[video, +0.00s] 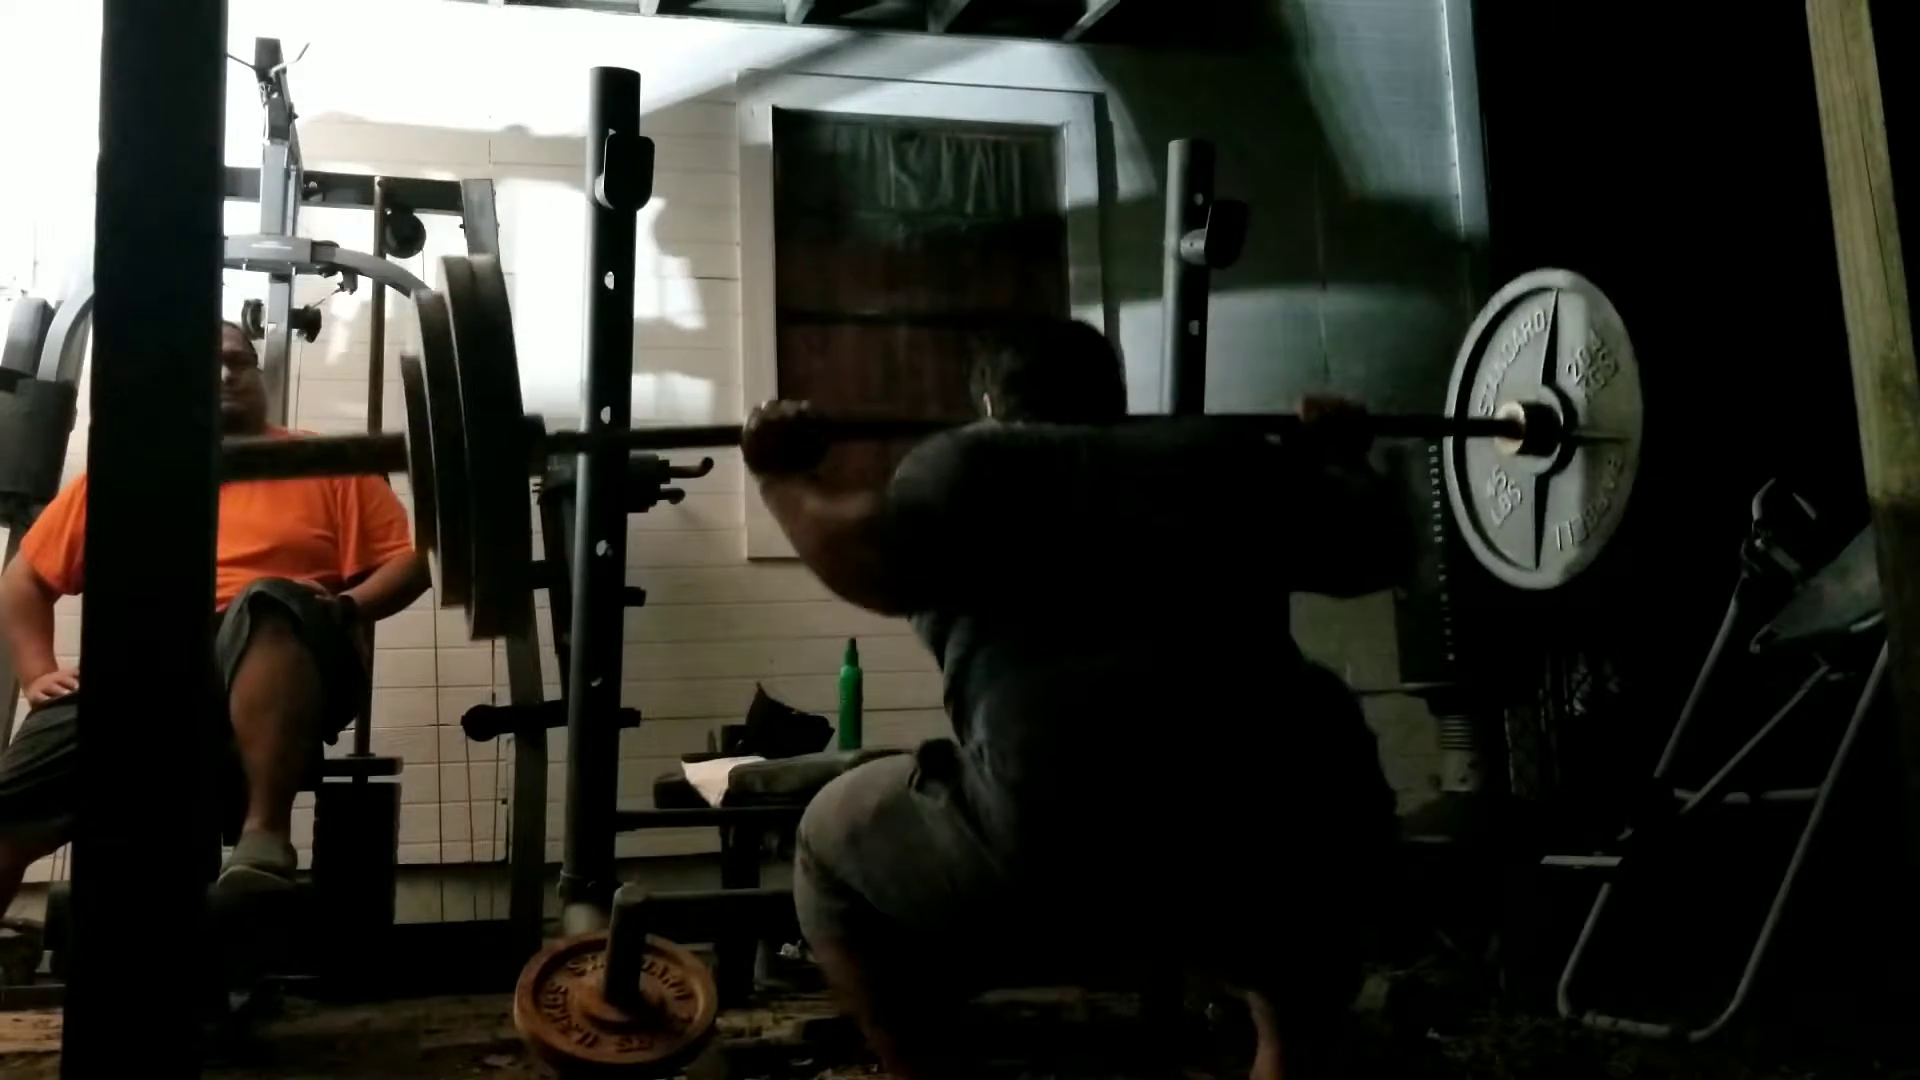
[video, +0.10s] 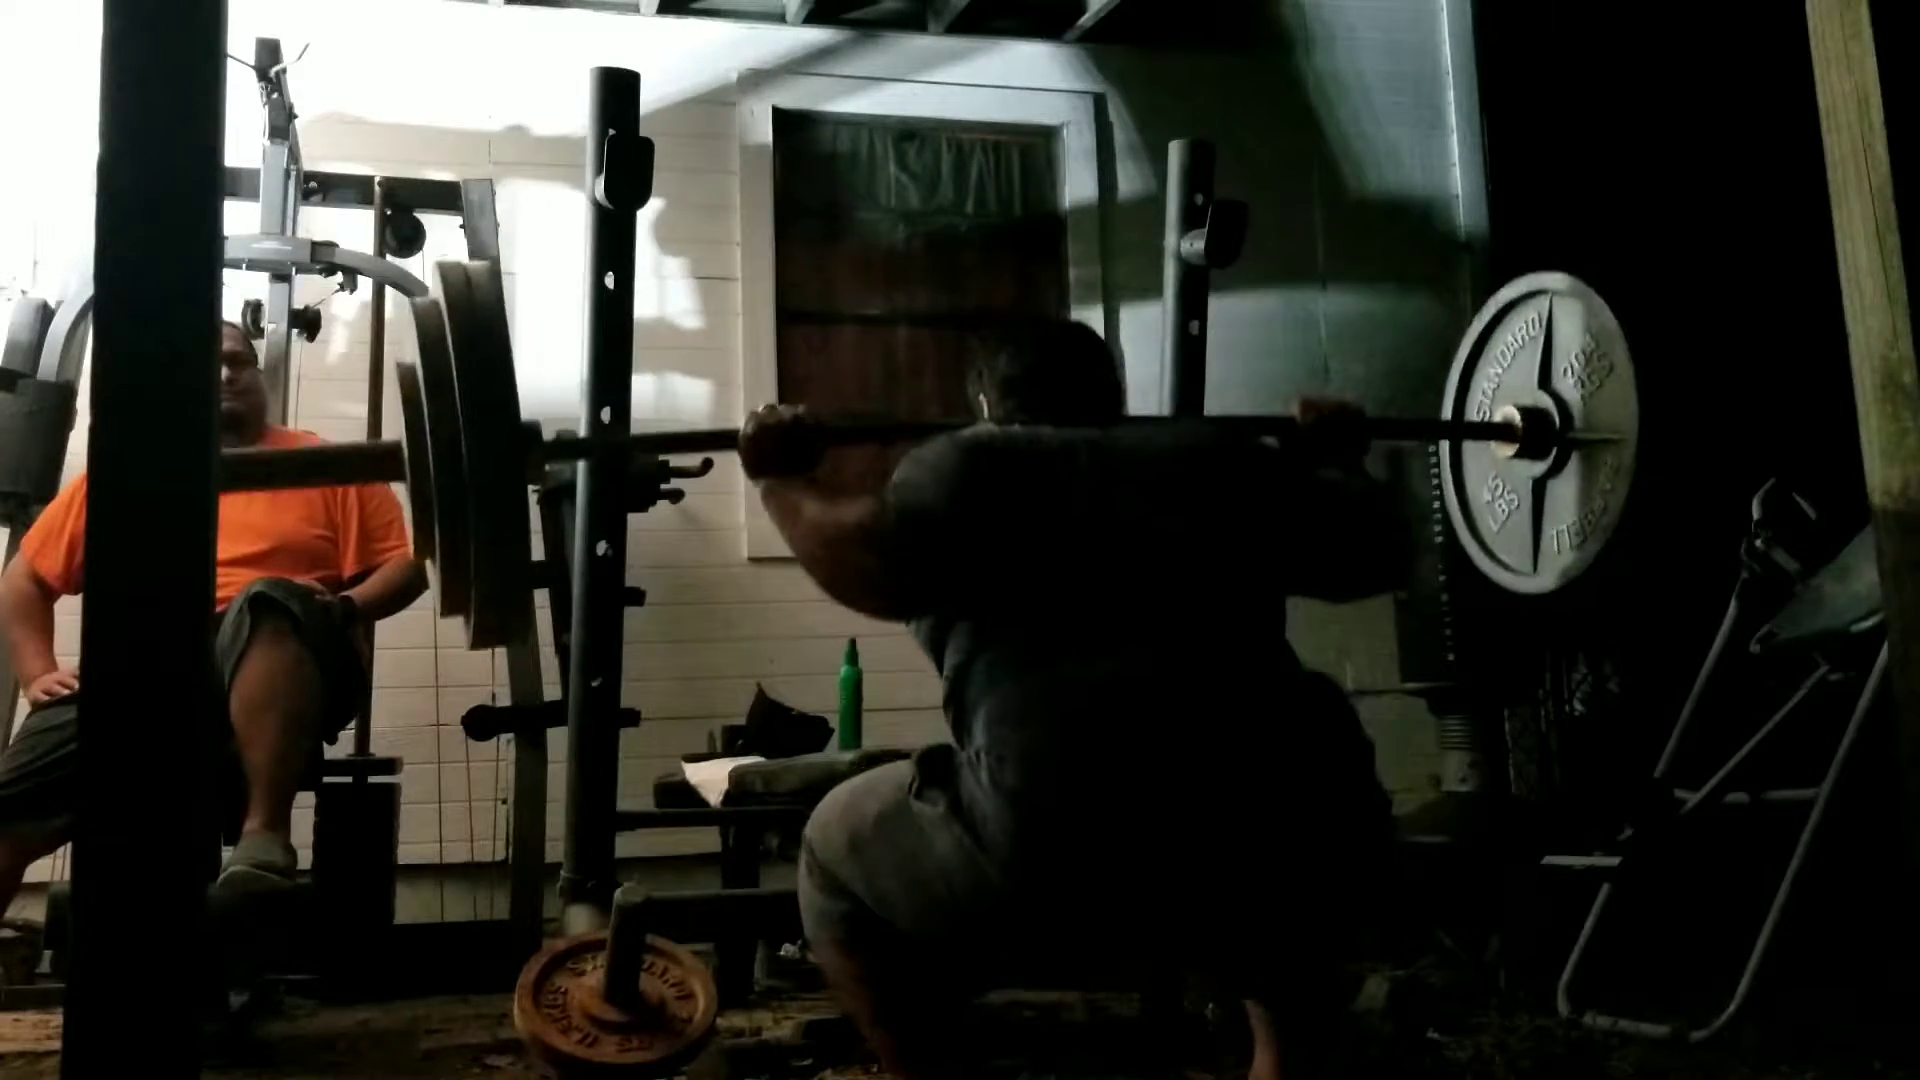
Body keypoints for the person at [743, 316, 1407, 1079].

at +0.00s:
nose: (975, 415)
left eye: (978, 404)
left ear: (995, 408)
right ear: (1119, 395)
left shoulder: (963, 473)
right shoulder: (1218, 460)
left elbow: (868, 565)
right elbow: (1375, 559)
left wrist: (777, 475)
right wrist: (1341, 449)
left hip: (1051, 844)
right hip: (1259, 828)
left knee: (835, 831)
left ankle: (906, 1058)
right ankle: (1287, 1054)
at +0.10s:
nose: (972, 416)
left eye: (975, 406)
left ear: (991, 410)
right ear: (1116, 396)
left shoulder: (957, 476)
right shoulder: (1213, 464)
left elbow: (860, 565)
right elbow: (1370, 562)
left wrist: (776, 477)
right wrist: (1334, 450)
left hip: (1047, 839)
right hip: (1255, 824)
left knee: (839, 843)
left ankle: (911, 1060)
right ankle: (1284, 1055)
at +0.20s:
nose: (965, 401)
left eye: (967, 388)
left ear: (984, 389)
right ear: (1108, 372)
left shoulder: (953, 452)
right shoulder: (1210, 440)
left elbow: (864, 551)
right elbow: (1370, 527)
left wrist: (772, 452)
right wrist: (1330, 430)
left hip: (1041, 814)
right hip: (1254, 801)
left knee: (846, 843)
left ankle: (919, 1064)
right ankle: (1284, 1053)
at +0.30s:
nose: (960, 345)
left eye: (966, 331)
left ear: (979, 340)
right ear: (1100, 327)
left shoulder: (952, 409)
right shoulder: (1196, 395)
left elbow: (836, 486)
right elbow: (1367, 471)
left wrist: (770, 408)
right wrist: (1321, 382)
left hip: (1054, 766)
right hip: (1275, 748)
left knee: (858, 844)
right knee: (1269, 879)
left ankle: (921, 1061)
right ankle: (1288, 1055)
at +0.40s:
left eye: (957, 294)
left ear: (966, 299)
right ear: (1095, 288)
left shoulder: (936, 354)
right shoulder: (1189, 347)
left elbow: (826, 424)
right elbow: (1358, 409)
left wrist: (768, 352)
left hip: (1058, 682)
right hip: (1279, 666)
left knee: (871, 847)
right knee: (1269, 853)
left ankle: (924, 1062)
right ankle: (1288, 1057)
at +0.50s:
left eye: (945, 247)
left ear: (960, 247)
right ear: (1092, 241)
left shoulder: (943, 308)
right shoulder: (1182, 301)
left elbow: (826, 367)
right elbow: (1356, 360)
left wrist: (767, 299)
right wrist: (1289, 279)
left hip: (1057, 620)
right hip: (1274, 608)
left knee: (877, 848)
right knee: (1256, 828)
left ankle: (924, 1062)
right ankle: (1284, 1058)